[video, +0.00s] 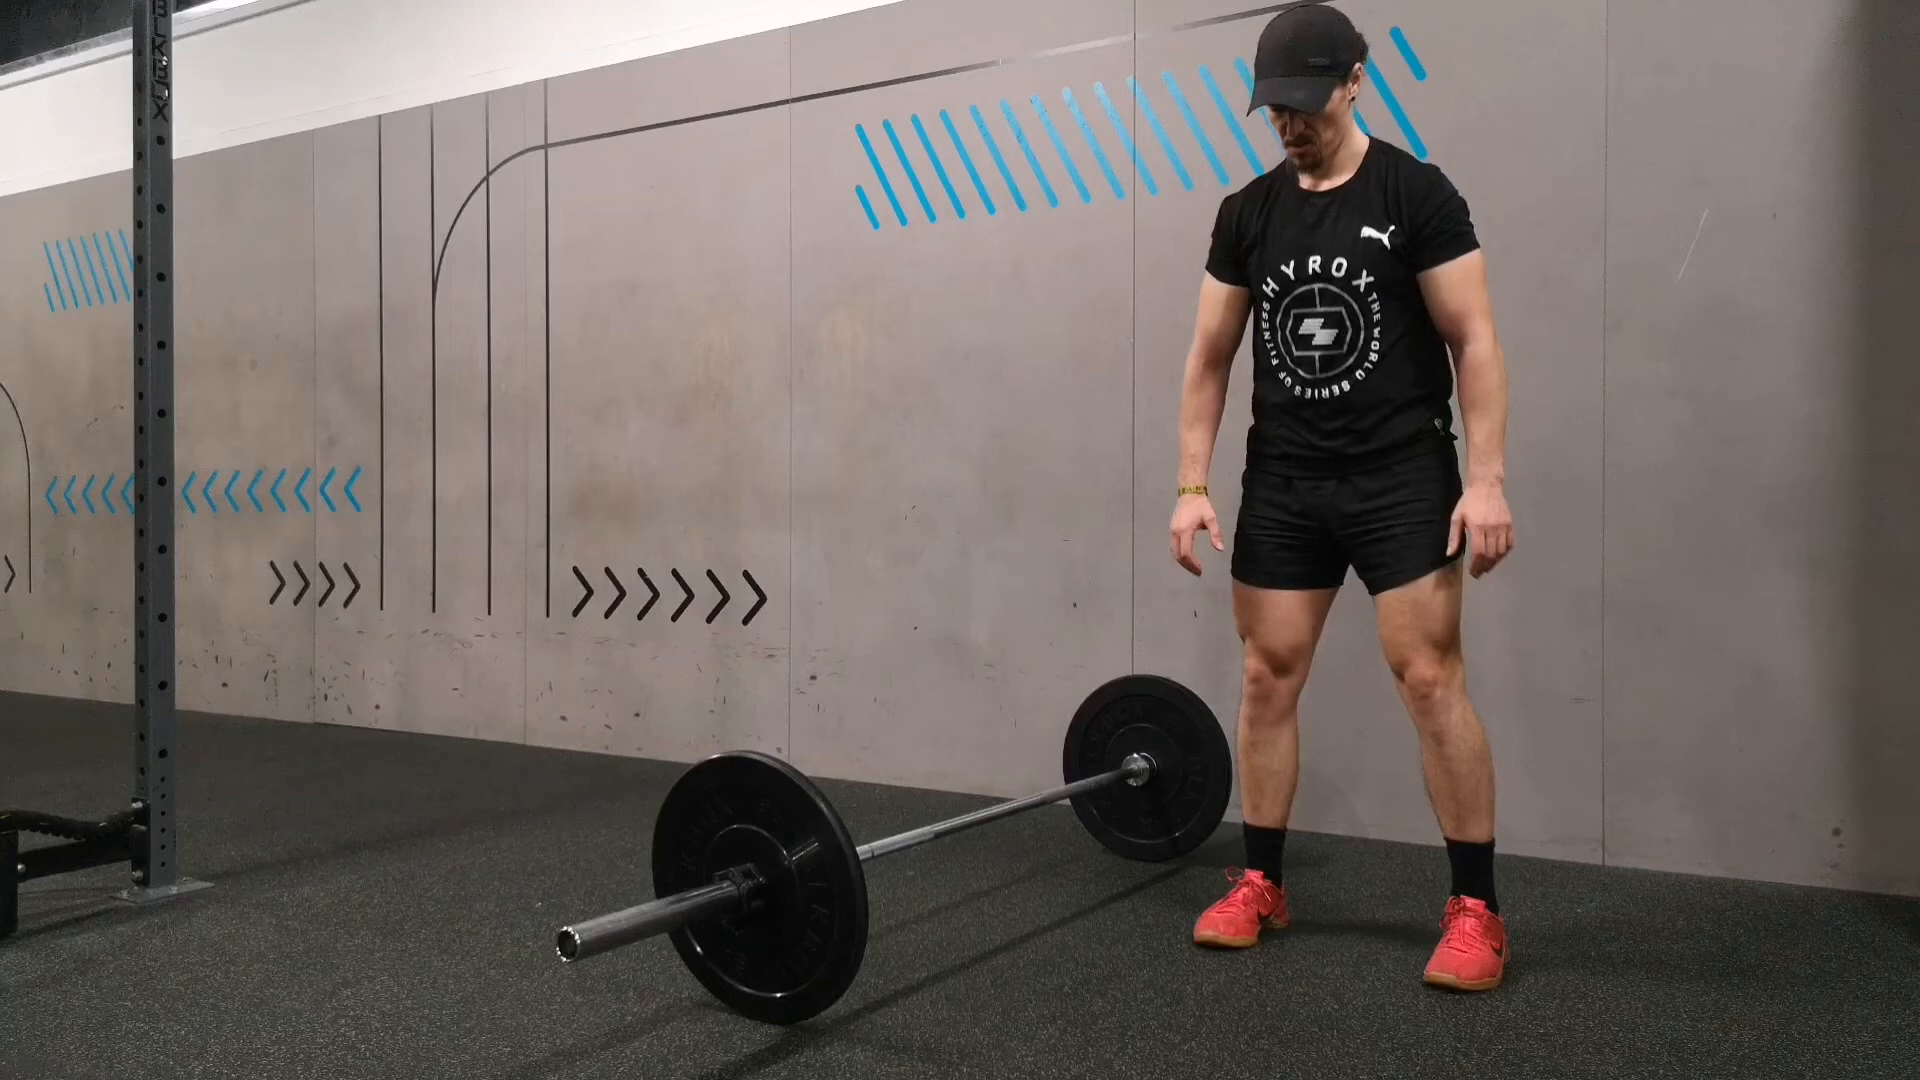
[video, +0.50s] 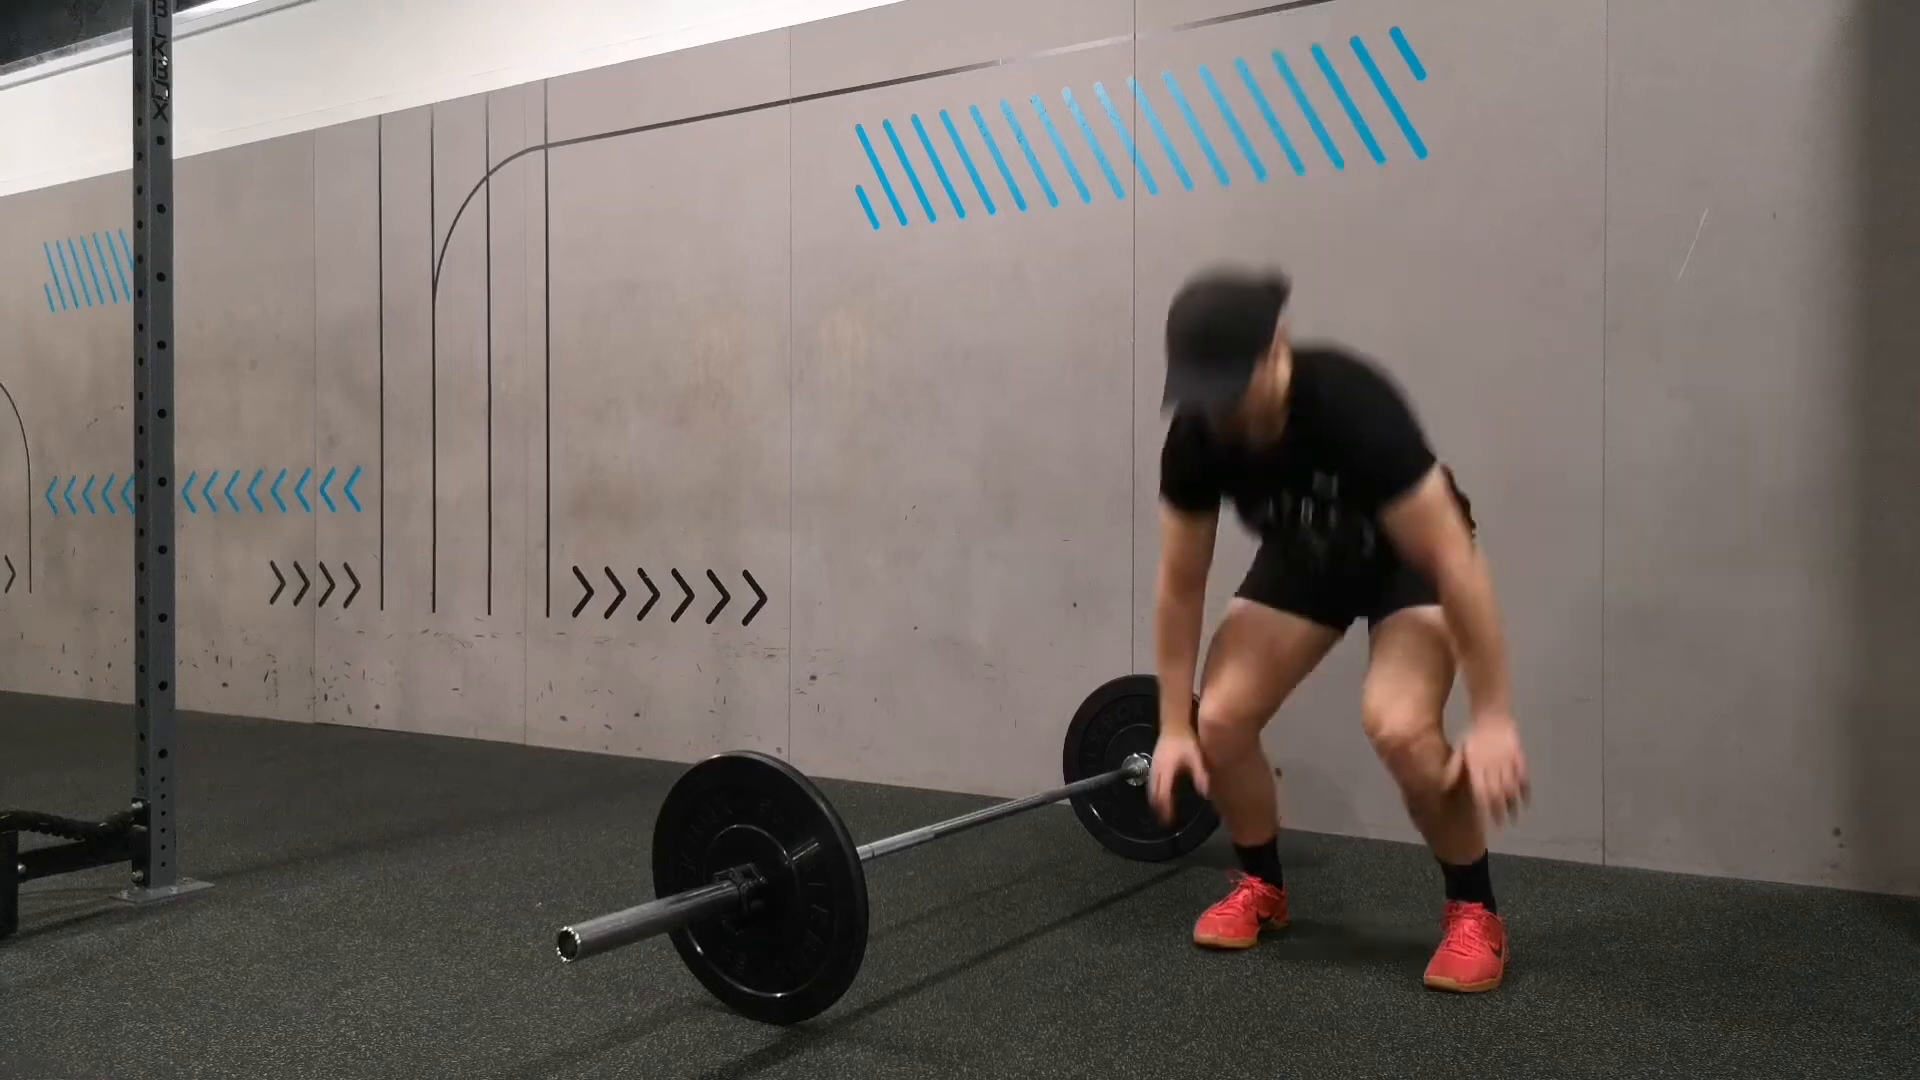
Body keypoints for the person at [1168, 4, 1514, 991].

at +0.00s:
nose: (1290, 124)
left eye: (1307, 104)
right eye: (1276, 107)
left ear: (1354, 83)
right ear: (1259, 98)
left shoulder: (1417, 195)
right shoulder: (1247, 213)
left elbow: (1474, 339)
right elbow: (1208, 361)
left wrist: (1487, 480)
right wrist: (1192, 486)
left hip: (1404, 477)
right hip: (1284, 480)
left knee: (1428, 677)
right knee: (1267, 672)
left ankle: (1475, 908)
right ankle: (1260, 882)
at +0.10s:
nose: (1285, 133)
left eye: (1304, 113)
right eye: (1270, 115)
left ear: (1349, 90)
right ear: (1254, 103)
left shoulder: (1416, 198)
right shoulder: (1243, 217)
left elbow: (1474, 347)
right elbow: (1205, 367)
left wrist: (1488, 488)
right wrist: (1192, 494)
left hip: (1405, 478)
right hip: (1285, 482)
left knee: (1428, 675)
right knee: (1267, 673)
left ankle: (1475, 908)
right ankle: (1260, 883)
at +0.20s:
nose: (1271, 151)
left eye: (1289, 131)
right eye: (1257, 134)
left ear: (1334, 107)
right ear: (1241, 123)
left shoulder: (1409, 215)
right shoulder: (1232, 235)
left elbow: (1473, 364)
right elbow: (1202, 388)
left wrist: (1486, 507)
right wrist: (1193, 519)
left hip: (1410, 481)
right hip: (1291, 484)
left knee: (1427, 678)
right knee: (1262, 676)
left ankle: (1475, 908)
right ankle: (1260, 884)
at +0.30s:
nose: (1254, 209)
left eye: (1268, 189)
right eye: (1241, 192)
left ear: (1313, 165)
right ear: (1224, 182)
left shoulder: (1393, 256)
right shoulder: (1222, 278)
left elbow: (1468, 403)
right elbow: (1198, 425)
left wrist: (1483, 552)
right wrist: (1194, 565)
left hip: (1414, 482)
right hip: (1297, 487)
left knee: (1420, 685)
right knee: (1255, 679)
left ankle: (1474, 910)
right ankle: (1260, 884)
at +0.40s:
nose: (1240, 304)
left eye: (1253, 284)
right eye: (1226, 290)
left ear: (1294, 252)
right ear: (1207, 274)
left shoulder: (1375, 330)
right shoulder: (1210, 355)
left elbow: (1466, 477)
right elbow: (1190, 504)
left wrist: (1484, 629)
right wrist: (1186, 645)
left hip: (1412, 517)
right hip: (1304, 523)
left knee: (1409, 704)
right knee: (1237, 696)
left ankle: (1473, 909)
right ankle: (1259, 886)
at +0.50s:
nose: (1225, 407)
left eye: (1238, 385)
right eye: (1209, 392)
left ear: (1276, 350)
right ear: (1187, 373)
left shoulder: (1353, 401)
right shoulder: (1196, 436)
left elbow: (1455, 558)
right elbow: (1181, 587)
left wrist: (1492, 718)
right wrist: (1174, 726)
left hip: (1413, 550)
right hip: (1306, 552)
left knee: (1400, 729)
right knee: (1221, 721)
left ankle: (1473, 913)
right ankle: (1262, 886)